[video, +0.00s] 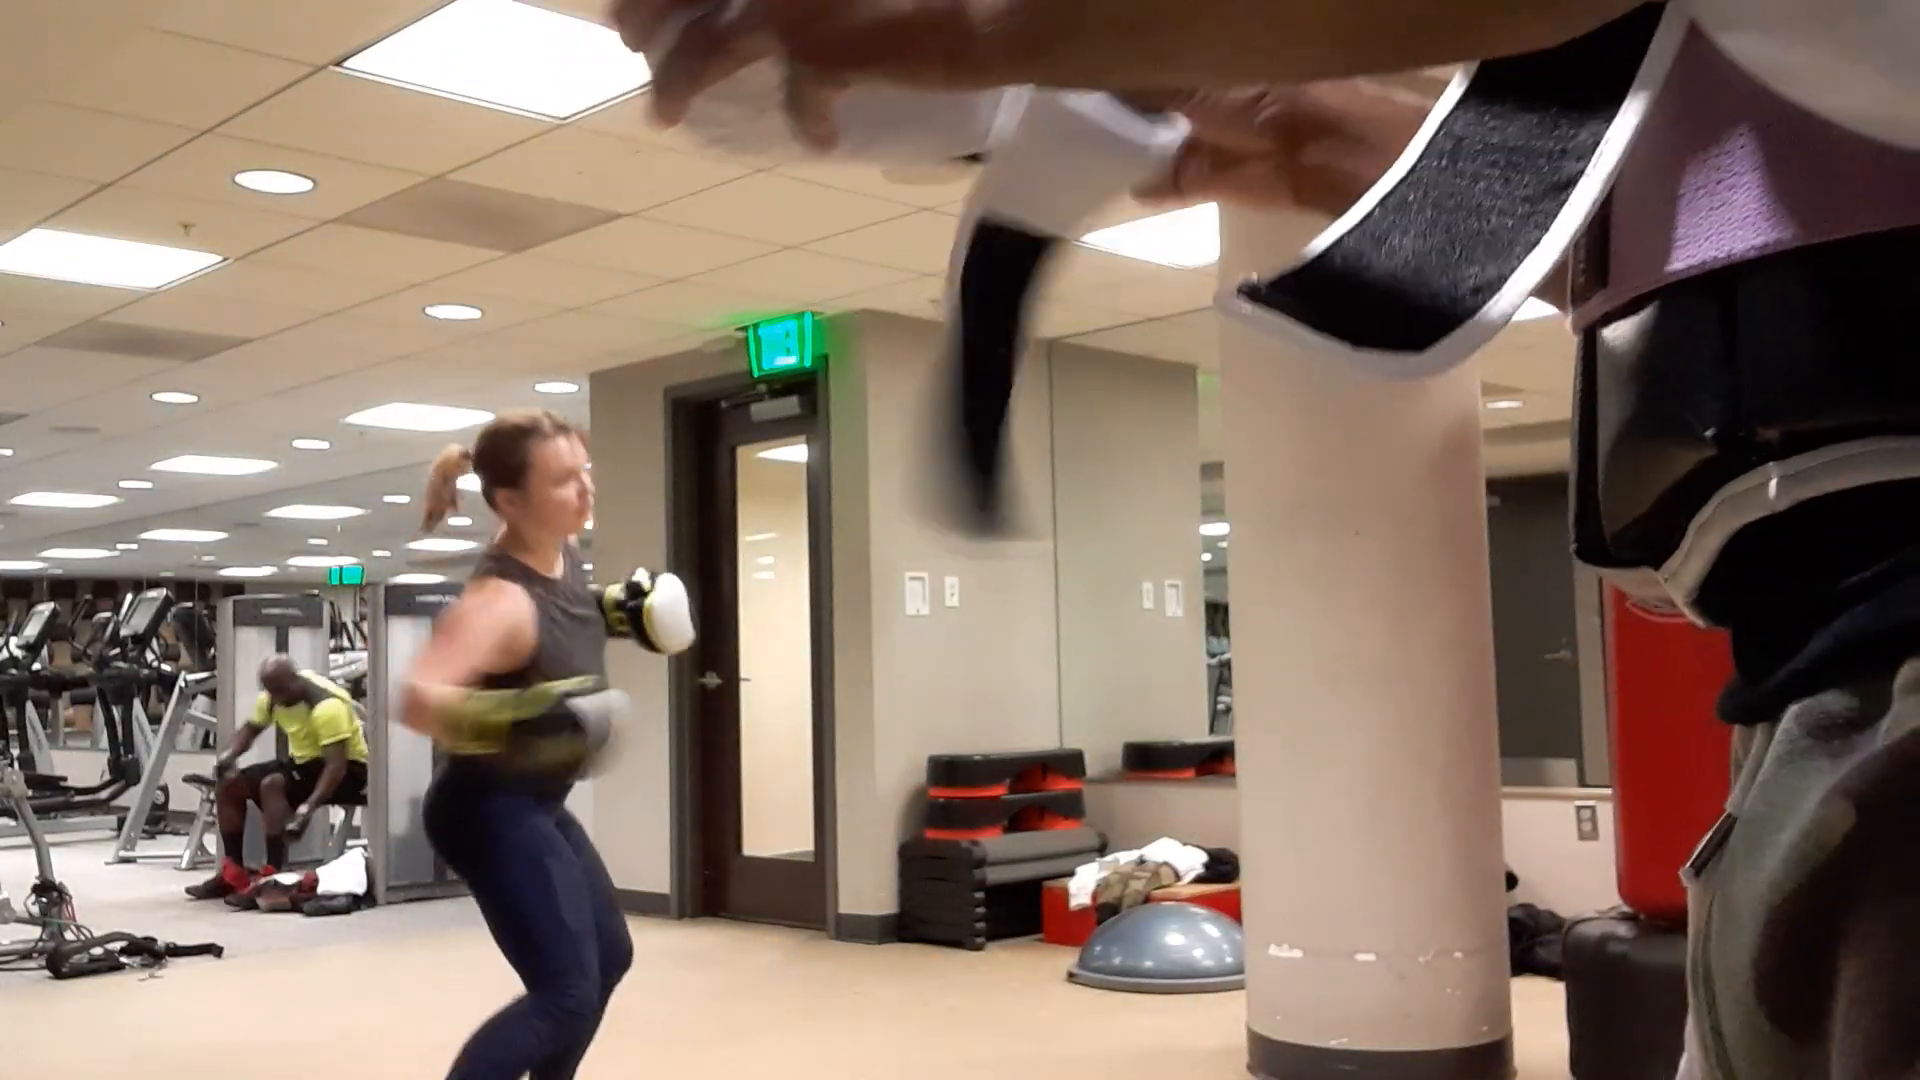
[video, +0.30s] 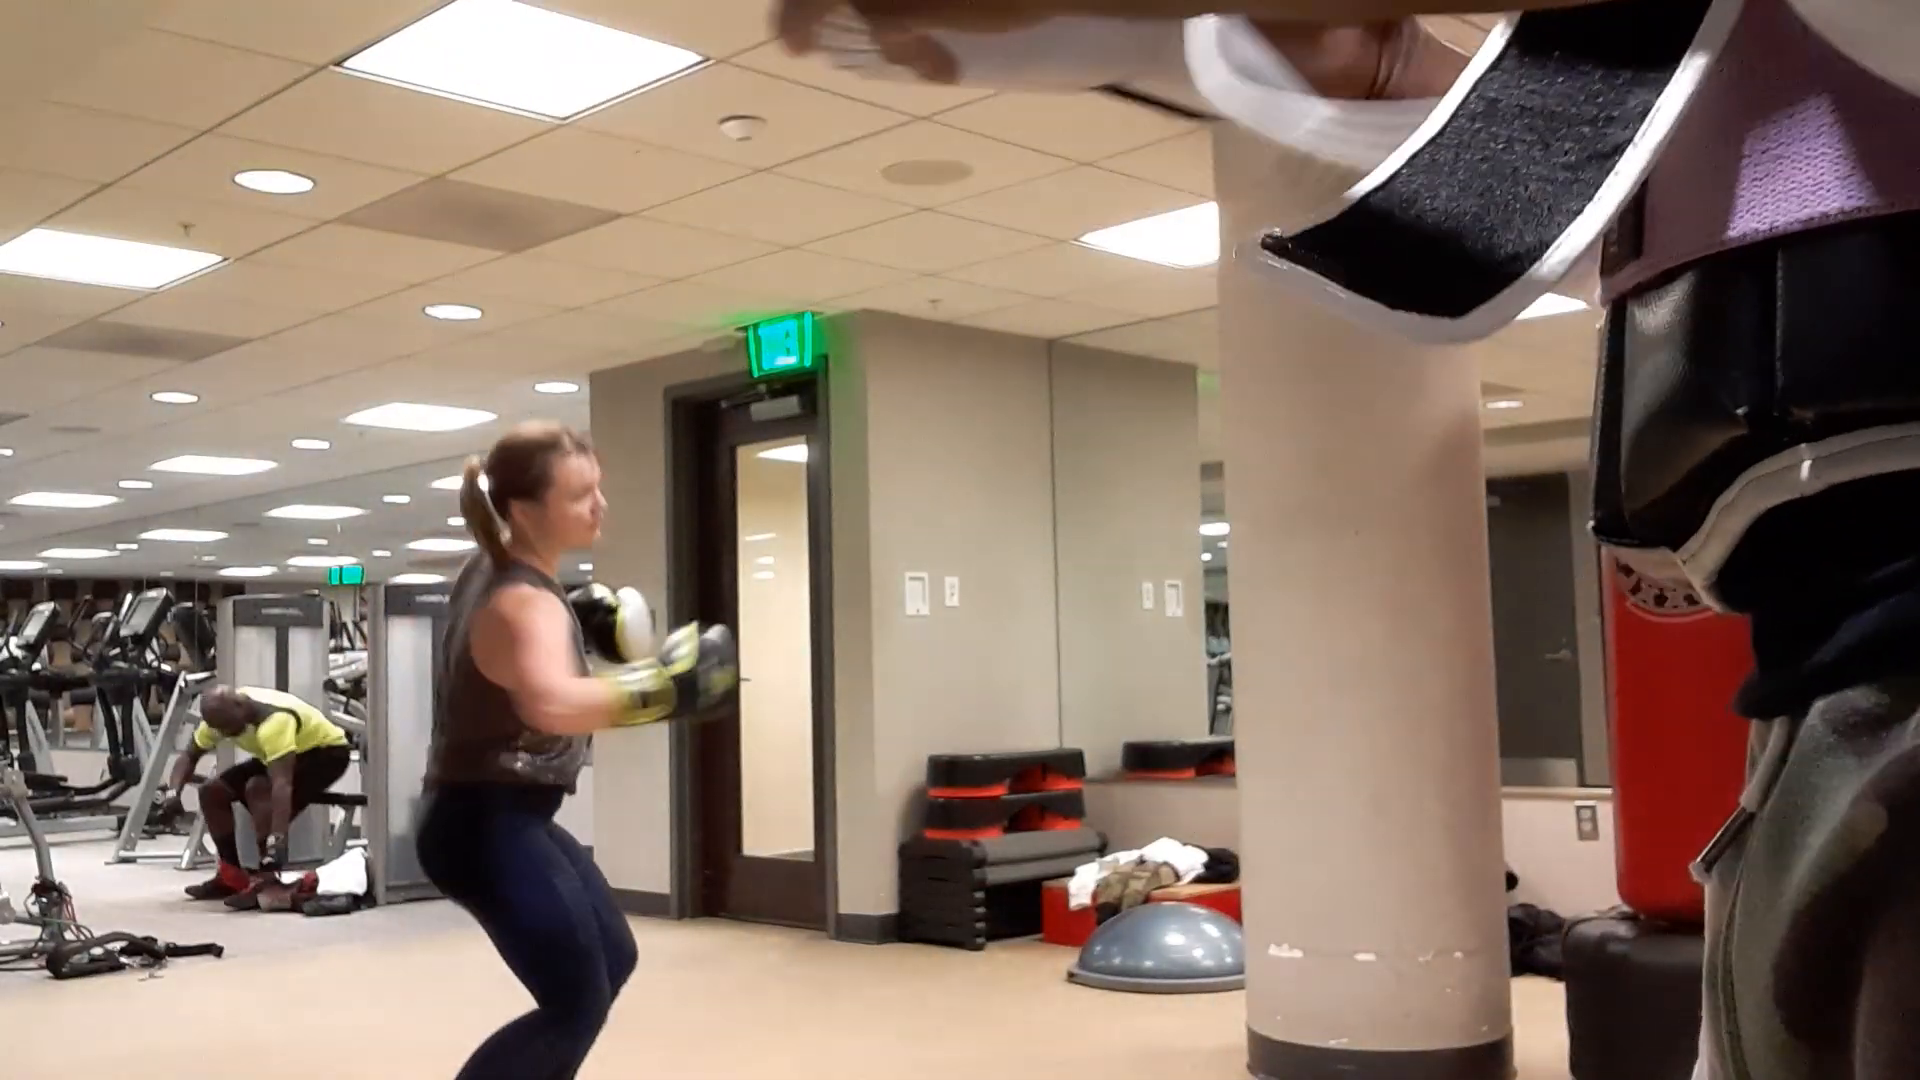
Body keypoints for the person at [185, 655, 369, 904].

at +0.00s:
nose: (275, 698)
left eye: (279, 691)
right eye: (271, 692)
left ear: (294, 680)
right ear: (267, 686)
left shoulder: (328, 707)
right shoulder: (274, 696)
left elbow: (337, 766)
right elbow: (251, 729)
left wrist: (307, 809)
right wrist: (231, 756)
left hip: (345, 772)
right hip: (304, 766)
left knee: (272, 787)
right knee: (231, 785)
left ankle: (273, 879)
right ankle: (234, 873)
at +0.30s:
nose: (222, 733)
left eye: (226, 726)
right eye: (217, 727)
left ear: (240, 710)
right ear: (212, 718)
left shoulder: (275, 723)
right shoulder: (223, 712)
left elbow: (282, 784)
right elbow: (190, 754)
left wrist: (280, 846)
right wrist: (173, 793)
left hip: (326, 752)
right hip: (284, 753)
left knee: (259, 790)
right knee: (213, 793)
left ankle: (267, 878)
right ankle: (231, 876)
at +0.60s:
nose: (208, 691)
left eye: (209, 683)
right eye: (202, 686)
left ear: (222, 668)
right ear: (195, 680)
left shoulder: (264, 685)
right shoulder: (202, 676)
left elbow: (294, 742)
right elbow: (200, 720)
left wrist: (290, 810)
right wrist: (196, 764)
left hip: (308, 720)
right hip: (263, 726)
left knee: (261, 789)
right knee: (217, 792)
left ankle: (273, 879)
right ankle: (232, 873)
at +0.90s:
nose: (230, 622)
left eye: (235, 613)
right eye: (225, 615)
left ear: (250, 606)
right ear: (218, 611)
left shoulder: (278, 636)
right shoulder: (207, 629)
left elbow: (318, 689)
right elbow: (198, 671)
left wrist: (300, 741)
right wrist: (206, 713)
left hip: (282, 712)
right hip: (241, 712)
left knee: (258, 786)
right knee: (225, 787)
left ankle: (269, 878)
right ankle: (231, 871)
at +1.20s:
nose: (267, 593)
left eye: (273, 587)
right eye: (262, 585)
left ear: (282, 582)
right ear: (248, 577)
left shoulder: (291, 608)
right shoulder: (214, 601)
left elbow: (323, 655)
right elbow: (192, 650)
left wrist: (295, 698)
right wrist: (205, 687)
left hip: (273, 708)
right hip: (225, 706)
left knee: (267, 791)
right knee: (195, 779)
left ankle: (270, 879)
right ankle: (204, 858)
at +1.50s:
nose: (253, 587)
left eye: (260, 580)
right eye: (251, 577)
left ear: (269, 578)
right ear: (240, 570)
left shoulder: (277, 608)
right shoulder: (200, 598)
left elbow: (301, 657)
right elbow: (170, 647)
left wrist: (273, 684)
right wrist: (195, 681)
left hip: (258, 709)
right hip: (205, 706)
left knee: (258, 794)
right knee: (181, 792)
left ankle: (270, 880)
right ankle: (166, 879)